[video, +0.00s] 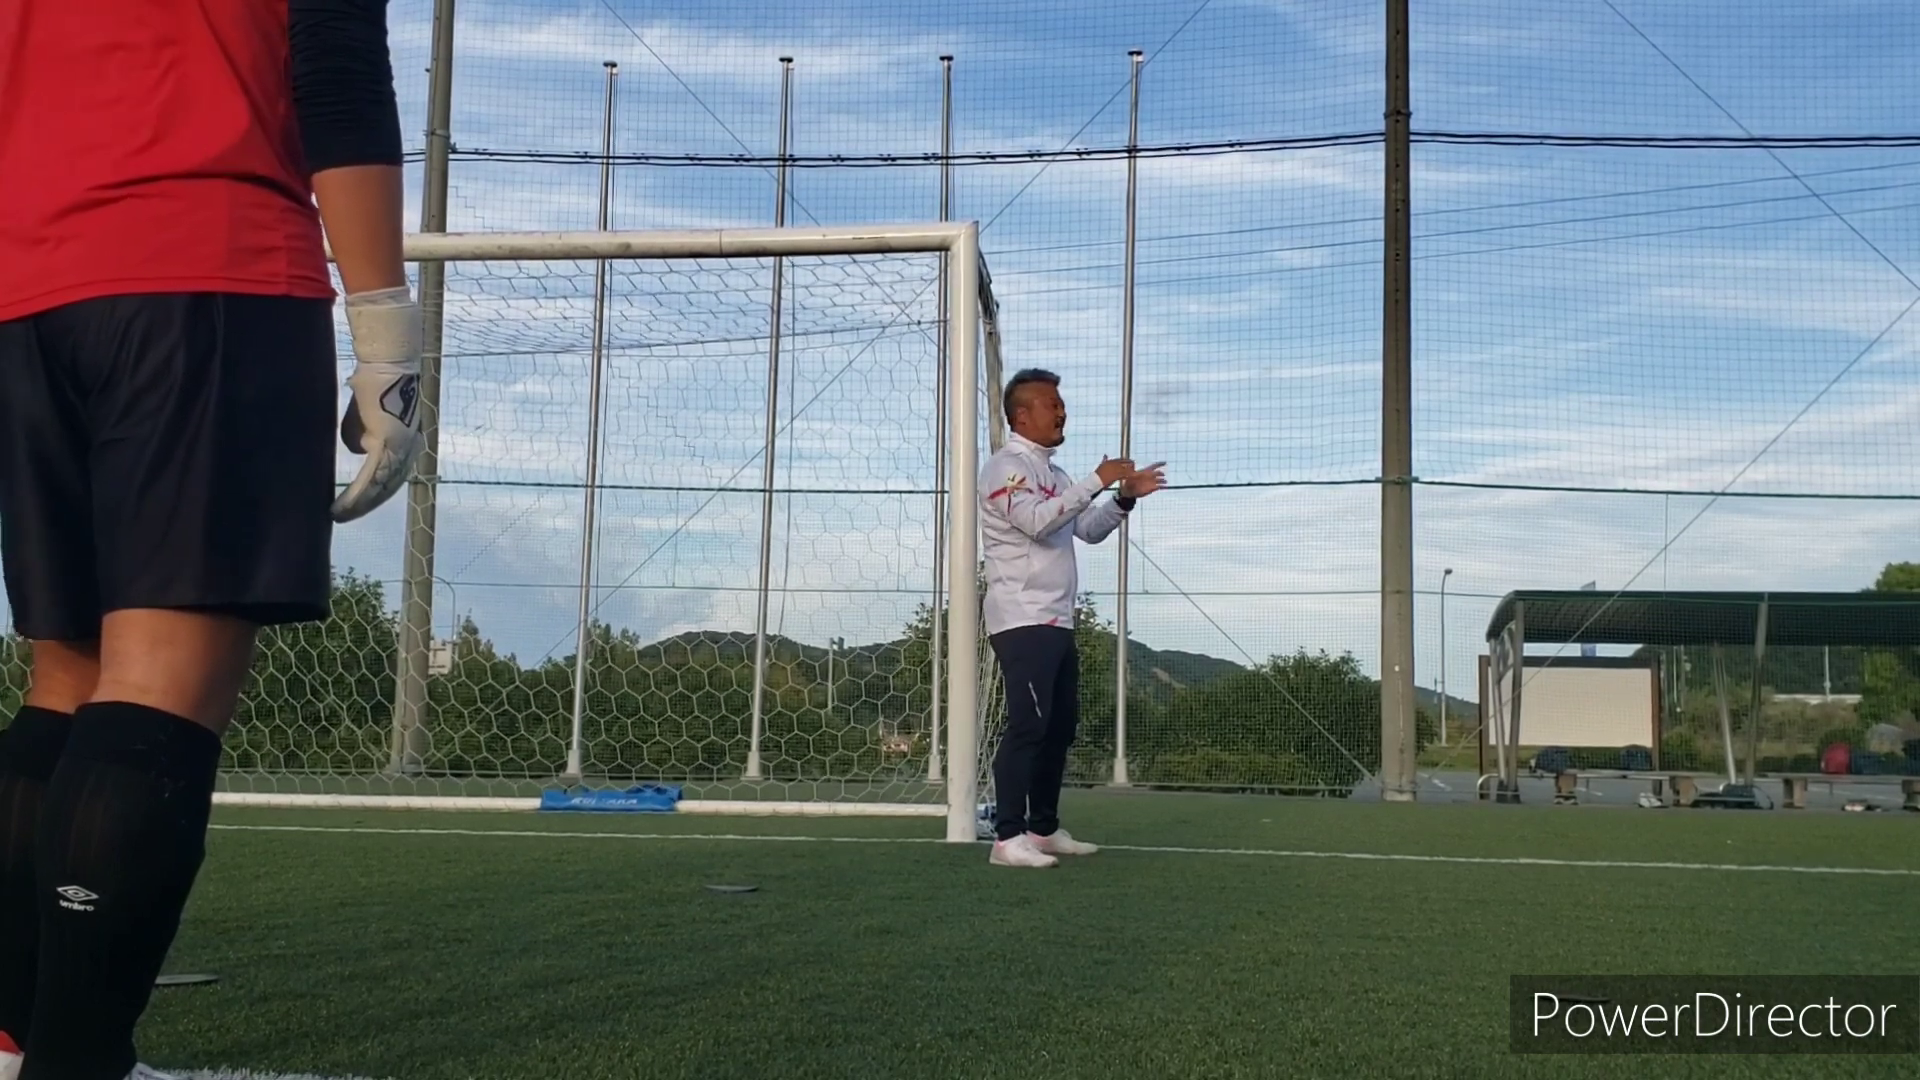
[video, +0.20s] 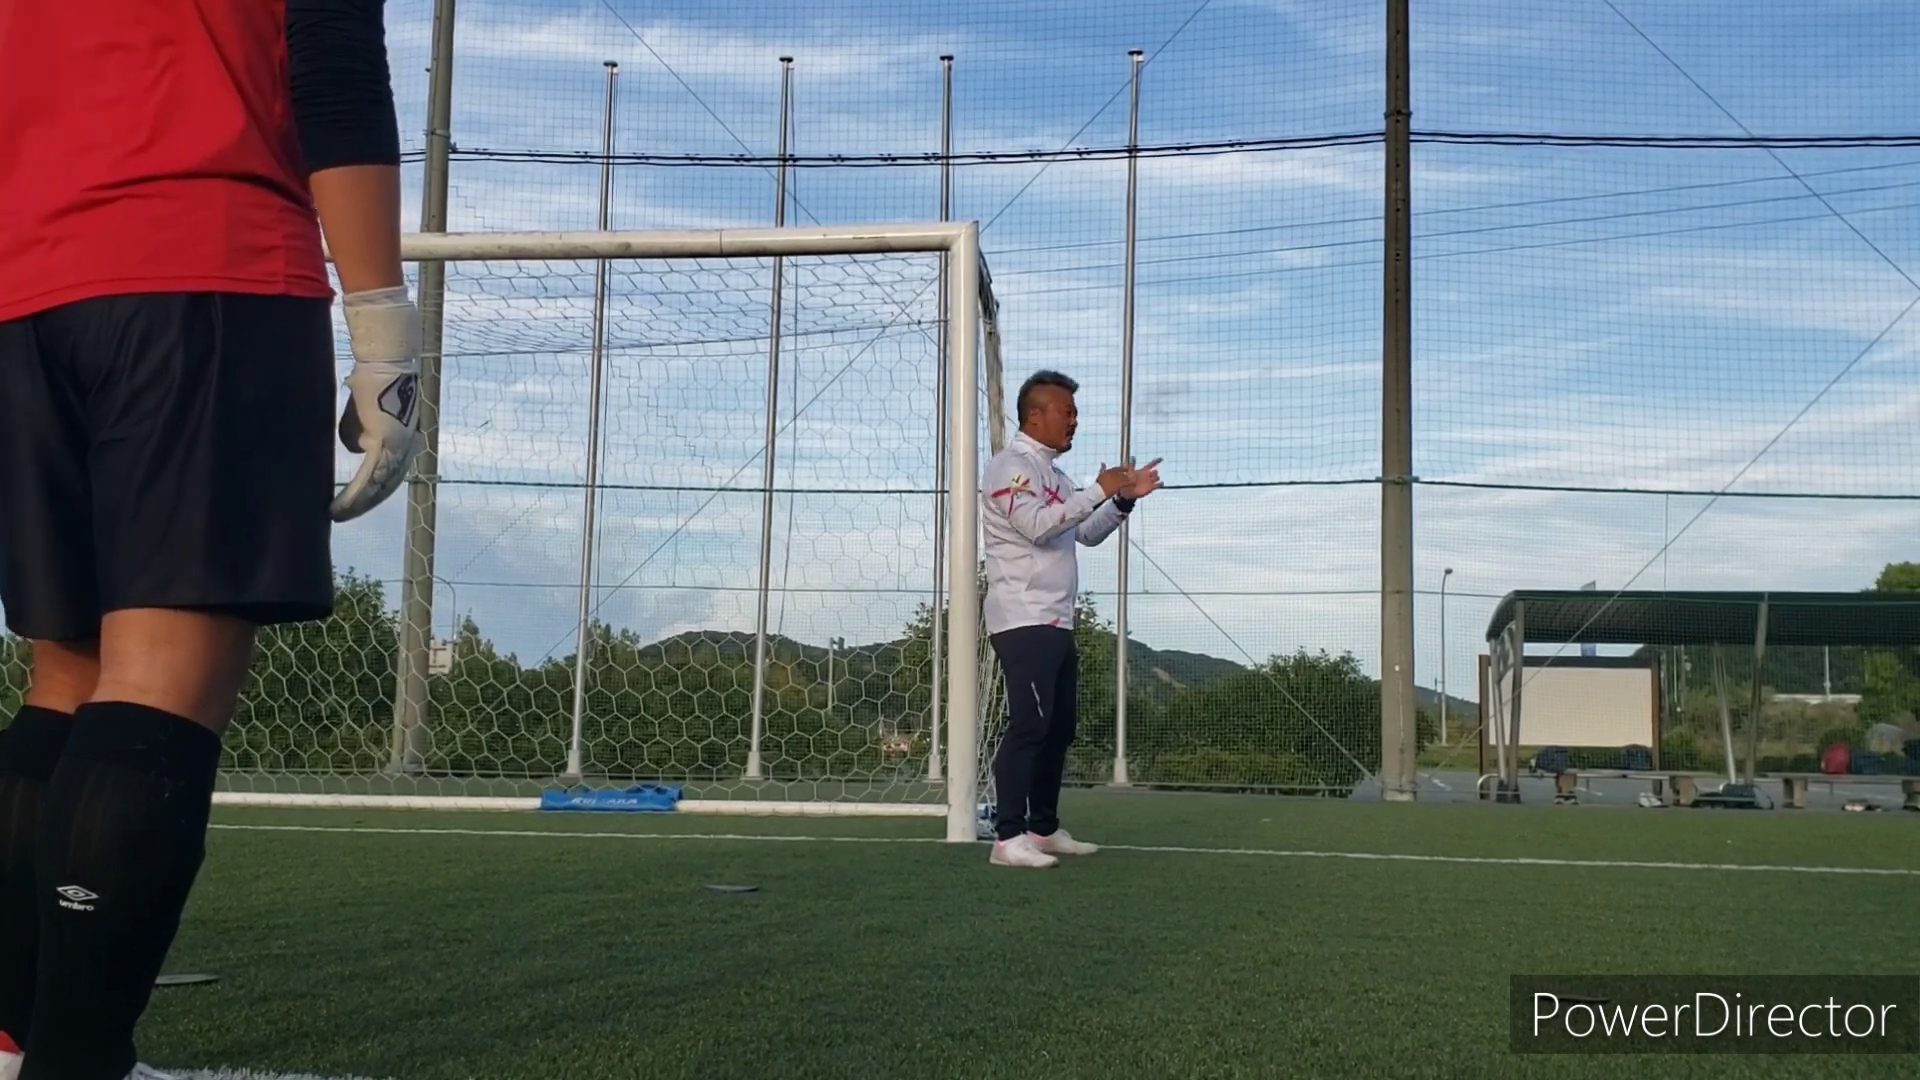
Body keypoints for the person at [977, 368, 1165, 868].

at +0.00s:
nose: (1063, 413)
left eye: (1062, 404)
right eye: (1053, 404)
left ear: (1038, 414)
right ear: (1022, 413)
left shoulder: (1057, 475)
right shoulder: (1005, 465)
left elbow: (1089, 529)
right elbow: (1036, 520)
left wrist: (1125, 498)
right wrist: (1097, 481)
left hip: (1057, 619)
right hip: (1021, 617)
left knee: (1059, 727)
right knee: (1027, 725)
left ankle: (1042, 830)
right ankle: (1008, 838)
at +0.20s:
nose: (1075, 421)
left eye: (1075, 412)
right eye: (1067, 412)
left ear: (1054, 417)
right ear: (1034, 415)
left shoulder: (1057, 477)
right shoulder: (1011, 465)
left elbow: (1088, 532)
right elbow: (1036, 525)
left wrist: (1125, 500)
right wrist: (1099, 490)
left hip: (1056, 619)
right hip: (1021, 616)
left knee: (1058, 725)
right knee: (1029, 722)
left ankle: (1042, 830)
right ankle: (1008, 838)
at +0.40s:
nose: (1079, 421)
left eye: (1080, 412)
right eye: (1071, 411)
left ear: (1059, 416)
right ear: (1039, 414)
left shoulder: (1063, 478)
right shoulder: (1014, 464)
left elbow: (1093, 529)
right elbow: (1024, 526)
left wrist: (1132, 496)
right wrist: (1090, 501)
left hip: (1057, 621)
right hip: (1022, 618)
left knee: (1057, 727)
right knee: (1029, 724)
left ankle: (1042, 830)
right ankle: (1008, 838)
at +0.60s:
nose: (1082, 424)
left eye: (1084, 415)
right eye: (1076, 415)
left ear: (1057, 418)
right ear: (1043, 415)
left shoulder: (1069, 476)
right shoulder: (1013, 464)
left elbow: (1113, 513)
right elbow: (1026, 528)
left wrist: (1164, 492)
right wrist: (1089, 502)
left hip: (1057, 620)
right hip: (1022, 617)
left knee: (1059, 726)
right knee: (1032, 723)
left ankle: (1042, 830)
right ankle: (1009, 839)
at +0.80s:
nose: (1084, 417)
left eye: (1084, 409)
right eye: (1075, 409)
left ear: (1071, 414)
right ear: (1042, 414)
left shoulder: (1070, 477)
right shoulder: (1018, 463)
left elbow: (1085, 541)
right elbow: (1017, 530)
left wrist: (1129, 520)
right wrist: (1089, 507)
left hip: (1062, 622)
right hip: (1025, 619)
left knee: (1059, 726)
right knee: (1030, 723)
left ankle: (1043, 830)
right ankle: (1008, 838)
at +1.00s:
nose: (1089, 416)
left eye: (1088, 408)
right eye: (1081, 408)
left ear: (1064, 414)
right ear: (1049, 414)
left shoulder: (1070, 477)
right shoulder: (1023, 464)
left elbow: (1079, 541)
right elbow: (1026, 530)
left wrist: (1126, 524)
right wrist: (1097, 509)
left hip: (1062, 621)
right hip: (1029, 618)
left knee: (1060, 726)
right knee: (1033, 724)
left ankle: (1043, 830)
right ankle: (1008, 838)